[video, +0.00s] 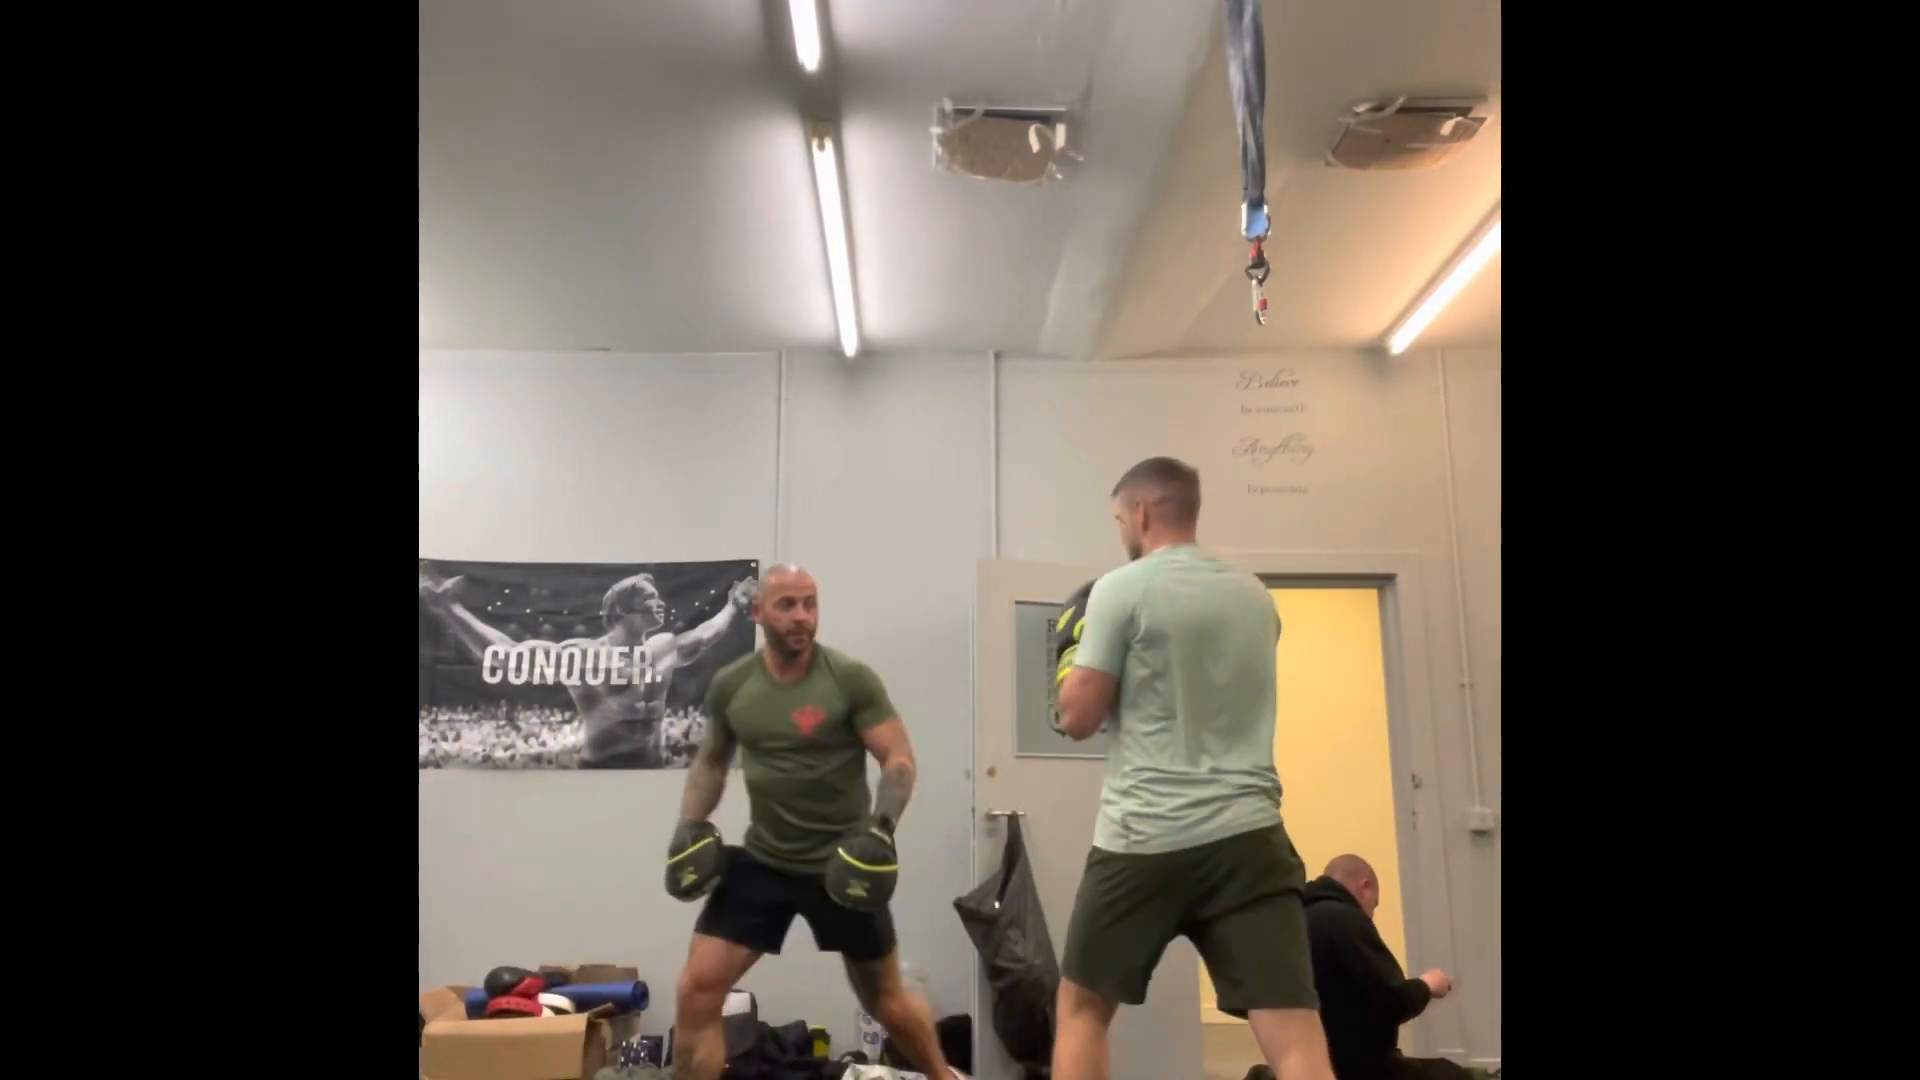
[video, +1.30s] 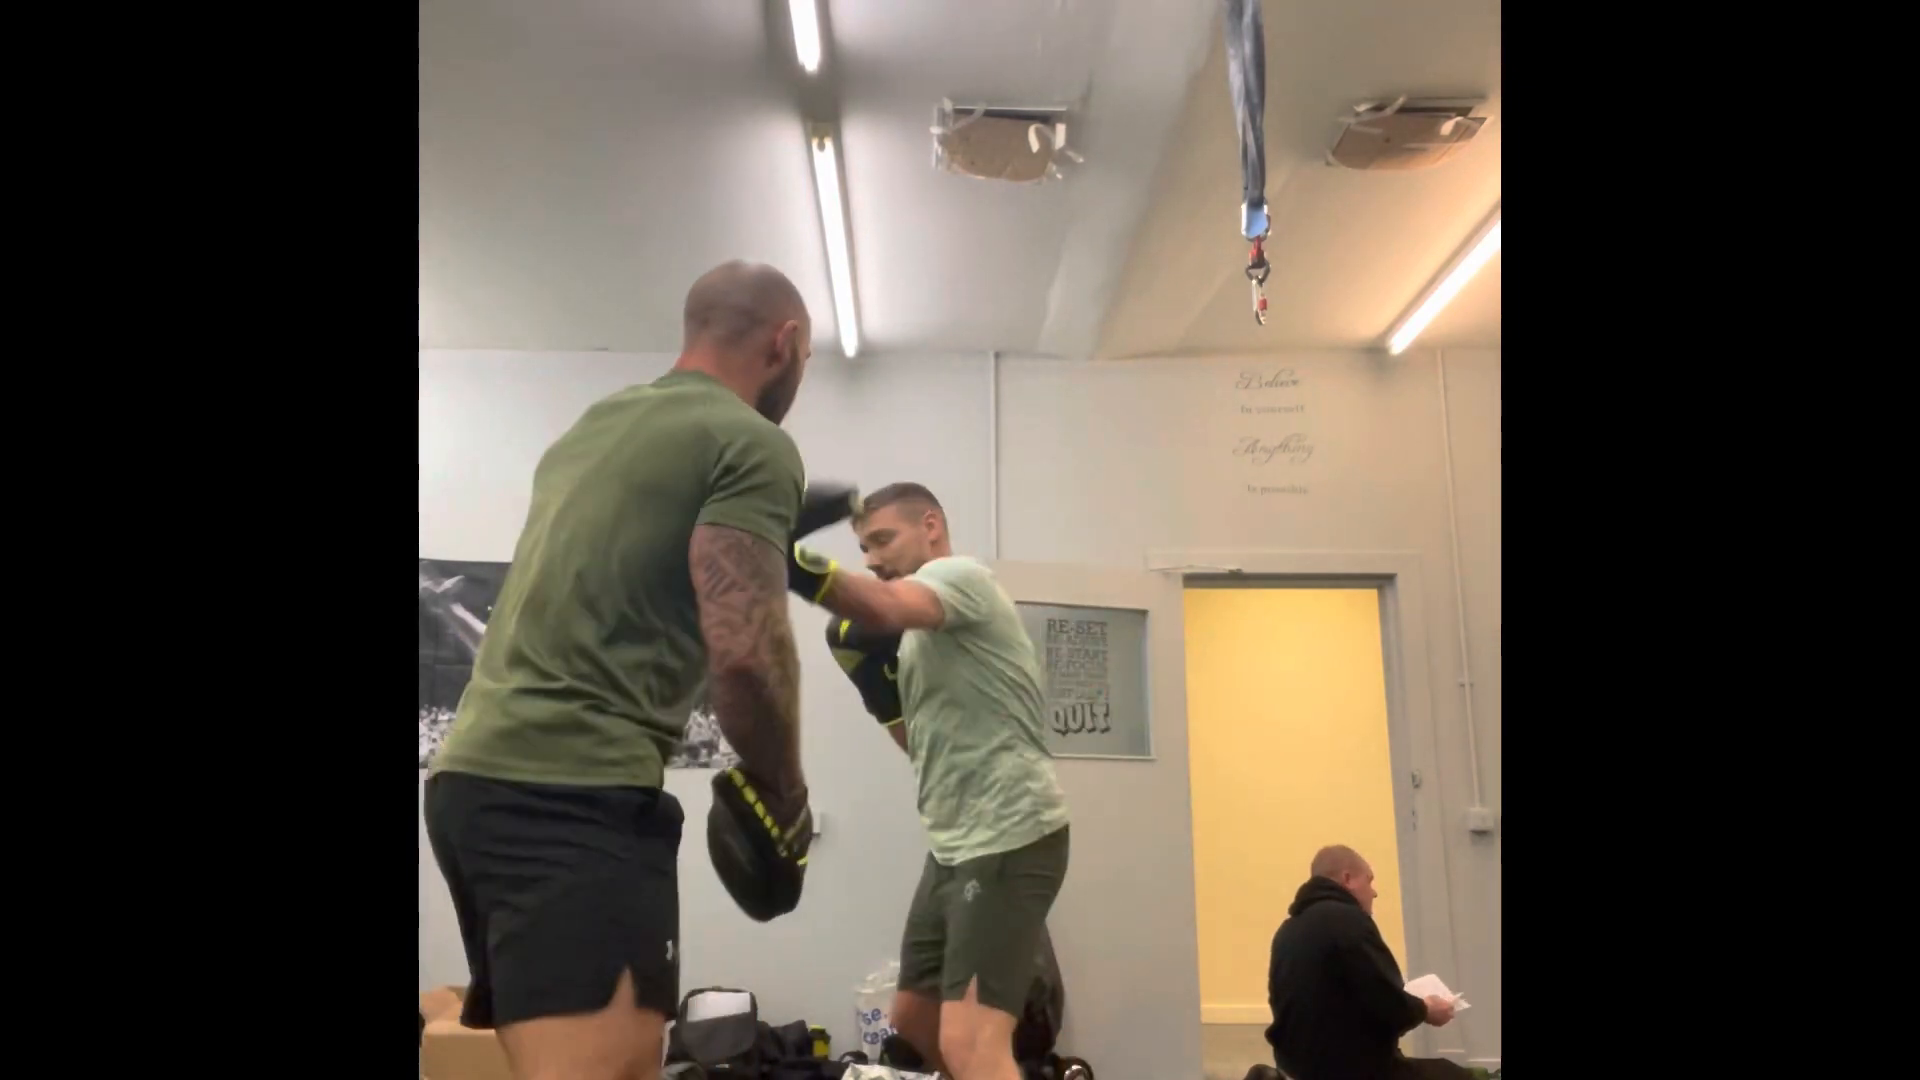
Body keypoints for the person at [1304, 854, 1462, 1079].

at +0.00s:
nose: (1371, 914)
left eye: (1375, 907)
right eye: (1373, 905)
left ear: (1331, 883)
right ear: (1363, 887)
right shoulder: (1344, 919)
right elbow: (1389, 1004)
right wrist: (1426, 986)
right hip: (1359, 1069)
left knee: (1444, 1069)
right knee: (1449, 1072)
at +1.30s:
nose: (1375, 893)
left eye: (1372, 883)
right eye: (1370, 881)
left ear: (1320, 881)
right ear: (1347, 879)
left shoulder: (1287, 930)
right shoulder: (1347, 920)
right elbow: (1387, 1008)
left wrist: (1400, 1000)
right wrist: (1425, 1009)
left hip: (1302, 1068)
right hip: (1357, 1071)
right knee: (1454, 1072)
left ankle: (1271, 1075)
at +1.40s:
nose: (1376, 895)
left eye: (1374, 885)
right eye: (1371, 884)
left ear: (1326, 882)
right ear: (1347, 880)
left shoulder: (1288, 930)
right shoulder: (1350, 920)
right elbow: (1376, 1006)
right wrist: (1426, 1034)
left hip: (1302, 1067)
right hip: (1356, 1069)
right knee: (1460, 1072)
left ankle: (1272, 1074)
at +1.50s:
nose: (1377, 899)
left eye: (1376, 887)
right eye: (1373, 886)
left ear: (1323, 883)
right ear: (1352, 883)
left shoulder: (1290, 929)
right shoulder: (1352, 922)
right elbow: (1372, 1013)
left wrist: (1385, 1018)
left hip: (1299, 1065)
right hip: (1349, 1068)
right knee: (1449, 1070)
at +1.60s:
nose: (1381, 900)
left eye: (1380, 890)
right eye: (1378, 889)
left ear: (1329, 884)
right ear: (1356, 884)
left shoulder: (1292, 929)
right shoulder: (1357, 925)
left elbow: (1287, 1010)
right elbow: (1370, 1019)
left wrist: (1383, 1017)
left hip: (1299, 1066)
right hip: (1351, 1071)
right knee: (1450, 1071)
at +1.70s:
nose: (1388, 906)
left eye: (1389, 894)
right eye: (1386, 893)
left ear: (1359, 885)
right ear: (1363, 886)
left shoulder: (1297, 928)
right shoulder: (1364, 929)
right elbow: (1375, 1028)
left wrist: (1386, 1024)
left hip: (1297, 1067)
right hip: (1348, 1071)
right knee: (1450, 1071)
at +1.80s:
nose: (1397, 912)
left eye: (1399, 900)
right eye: (1396, 899)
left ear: (1349, 889)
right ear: (1374, 890)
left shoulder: (1306, 928)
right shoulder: (1374, 932)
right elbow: (1381, 1033)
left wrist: (1394, 1023)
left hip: (1296, 1065)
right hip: (1348, 1071)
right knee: (1450, 1071)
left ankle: (1276, 1074)